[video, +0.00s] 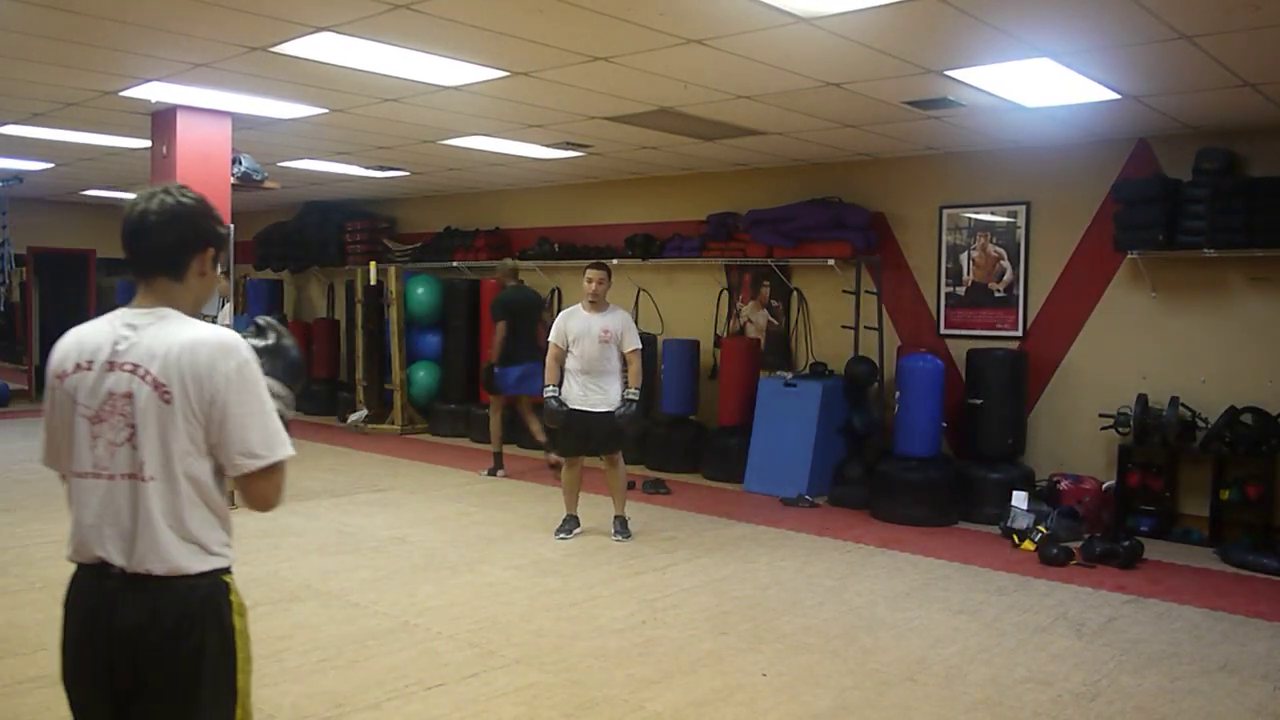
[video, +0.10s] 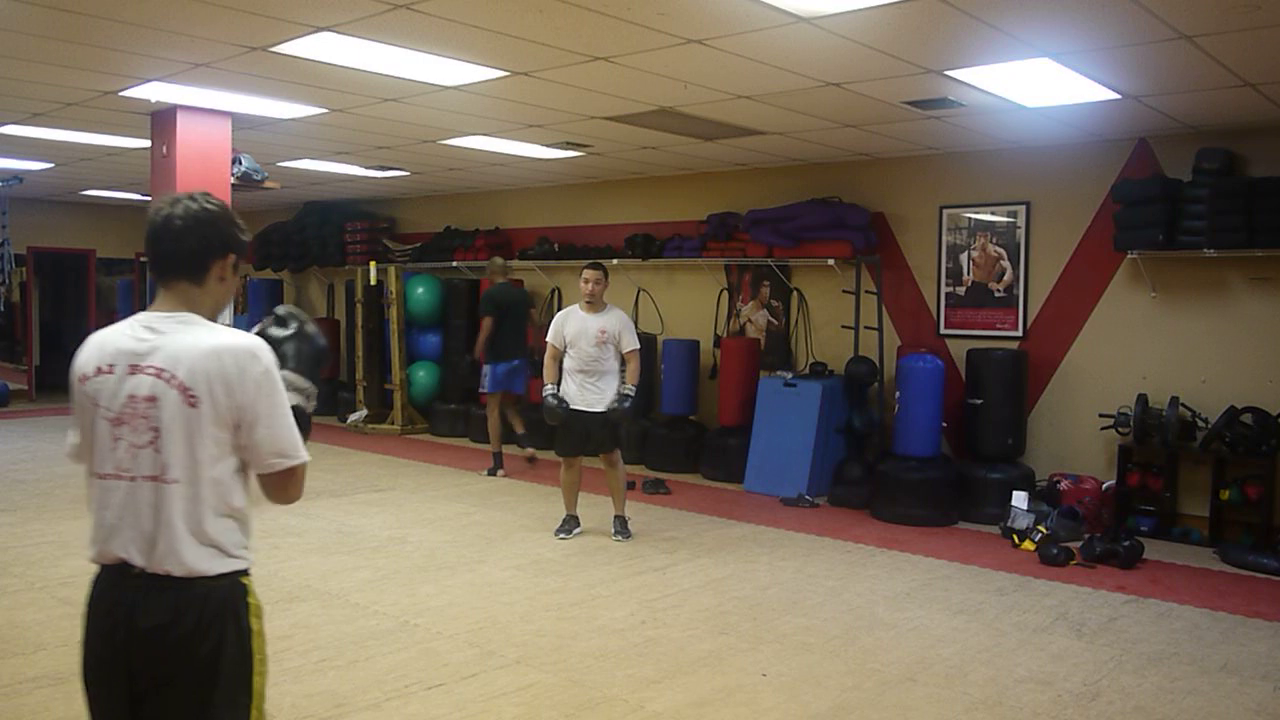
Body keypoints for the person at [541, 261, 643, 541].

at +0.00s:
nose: (594, 287)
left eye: (600, 282)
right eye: (589, 281)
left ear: (608, 286)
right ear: (582, 283)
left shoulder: (621, 319)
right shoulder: (566, 317)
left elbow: (633, 359)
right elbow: (553, 357)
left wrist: (632, 395)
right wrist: (551, 392)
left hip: (610, 406)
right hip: (573, 404)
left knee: (613, 460)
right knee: (571, 461)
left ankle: (620, 517)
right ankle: (570, 516)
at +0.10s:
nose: (590, 287)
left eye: (597, 282)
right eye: (586, 281)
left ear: (605, 286)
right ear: (579, 284)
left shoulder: (619, 319)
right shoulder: (563, 318)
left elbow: (632, 360)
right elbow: (551, 357)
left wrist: (627, 394)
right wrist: (550, 392)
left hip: (607, 406)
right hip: (570, 405)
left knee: (611, 459)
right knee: (569, 461)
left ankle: (619, 517)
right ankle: (570, 516)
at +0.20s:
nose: (586, 288)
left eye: (593, 284)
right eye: (582, 283)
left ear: (602, 287)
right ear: (576, 285)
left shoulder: (616, 318)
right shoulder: (561, 318)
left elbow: (628, 358)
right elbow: (549, 356)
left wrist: (619, 382)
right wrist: (551, 384)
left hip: (606, 405)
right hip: (570, 404)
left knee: (611, 460)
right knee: (569, 461)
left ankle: (620, 517)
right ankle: (570, 517)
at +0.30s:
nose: (582, 291)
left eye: (588, 286)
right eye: (578, 285)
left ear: (598, 288)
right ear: (572, 286)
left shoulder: (612, 317)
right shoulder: (558, 317)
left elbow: (623, 360)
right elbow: (546, 357)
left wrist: (607, 362)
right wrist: (557, 361)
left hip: (604, 404)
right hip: (567, 404)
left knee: (611, 460)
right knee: (569, 461)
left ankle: (620, 517)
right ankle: (571, 517)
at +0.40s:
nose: (579, 294)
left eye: (585, 288)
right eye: (574, 288)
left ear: (595, 288)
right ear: (568, 287)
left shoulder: (608, 316)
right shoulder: (555, 316)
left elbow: (611, 358)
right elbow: (547, 357)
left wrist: (597, 334)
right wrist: (558, 333)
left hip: (602, 401)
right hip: (565, 402)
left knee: (611, 458)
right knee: (568, 461)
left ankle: (620, 516)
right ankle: (570, 517)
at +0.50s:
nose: (577, 294)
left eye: (583, 289)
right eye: (572, 289)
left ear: (592, 287)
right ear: (564, 286)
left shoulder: (605, 314)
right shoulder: (550, 314)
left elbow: (604, 349)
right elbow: (546, 349)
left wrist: (593, 315)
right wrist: (558, 313)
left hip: (600, 399)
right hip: (564, 400)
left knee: (612, 457)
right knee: (567, 461)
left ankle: (620, 515)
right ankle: (570, 516)